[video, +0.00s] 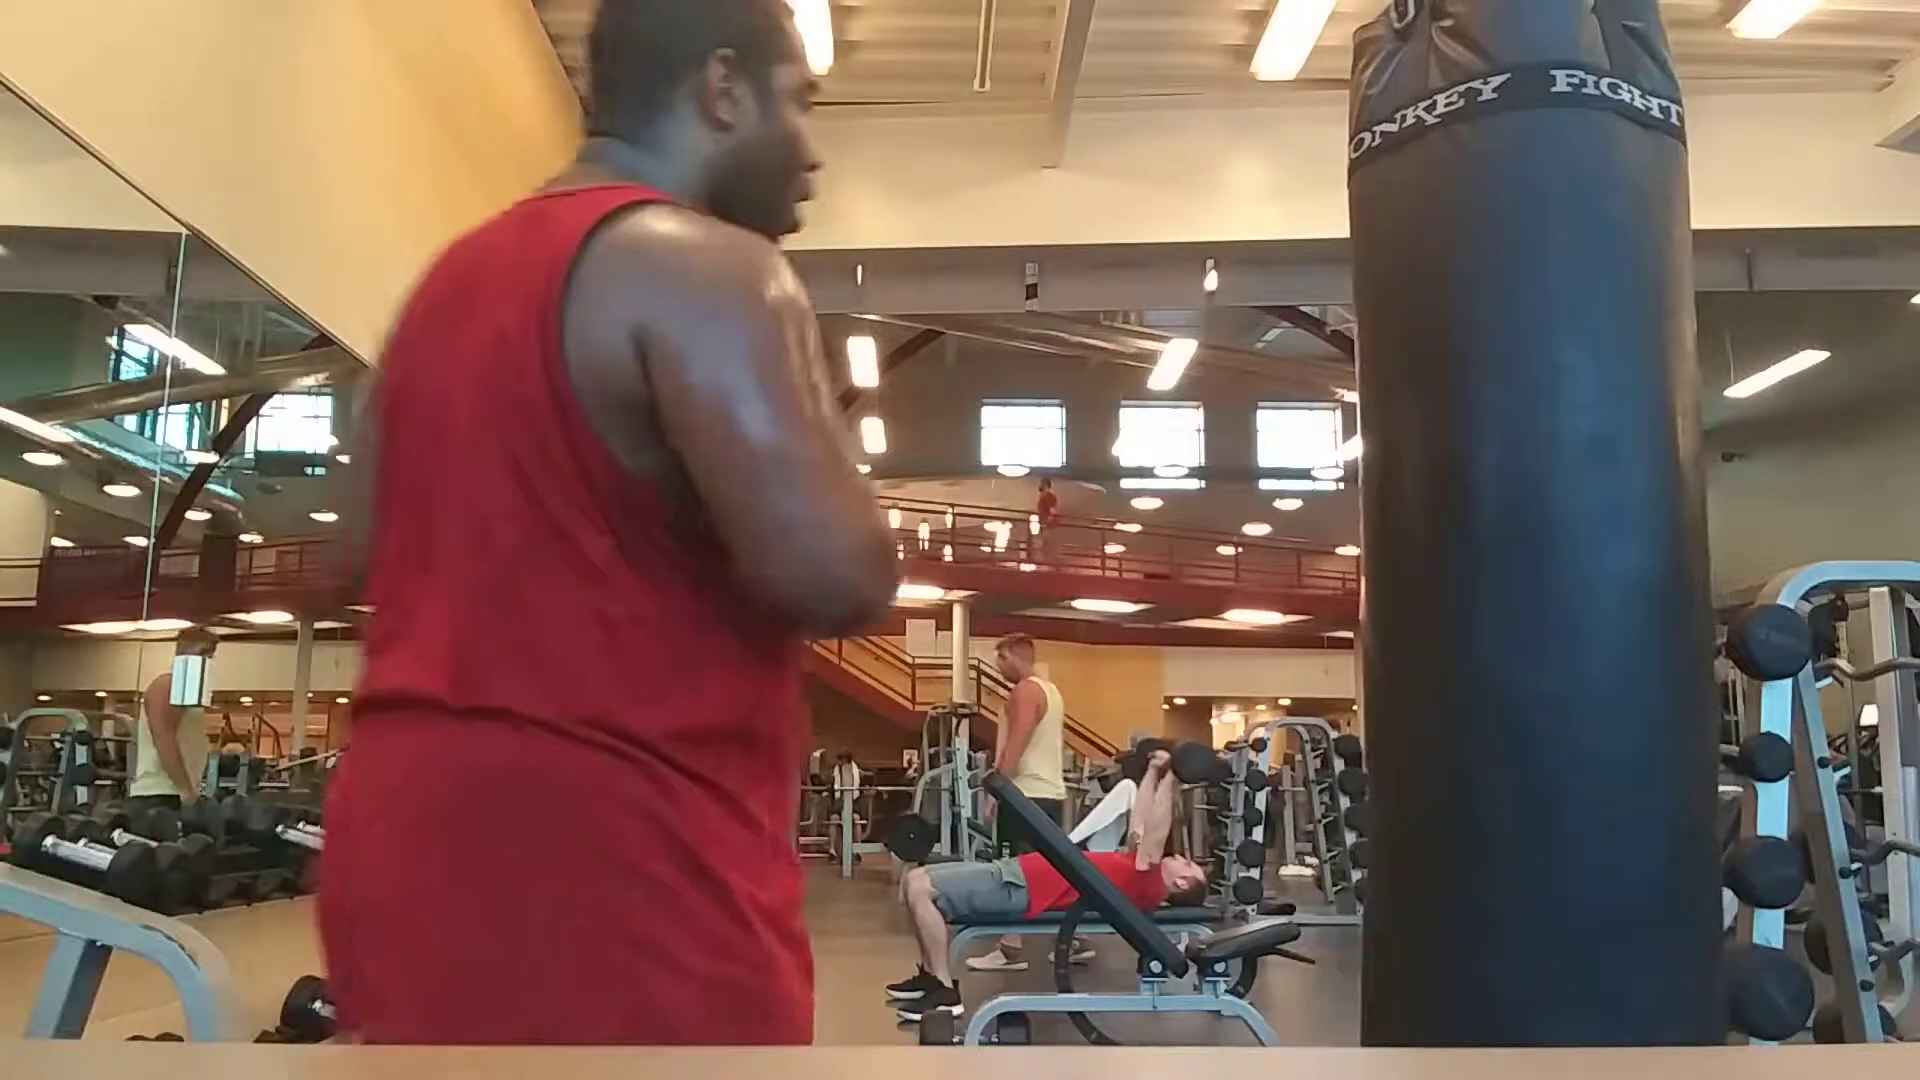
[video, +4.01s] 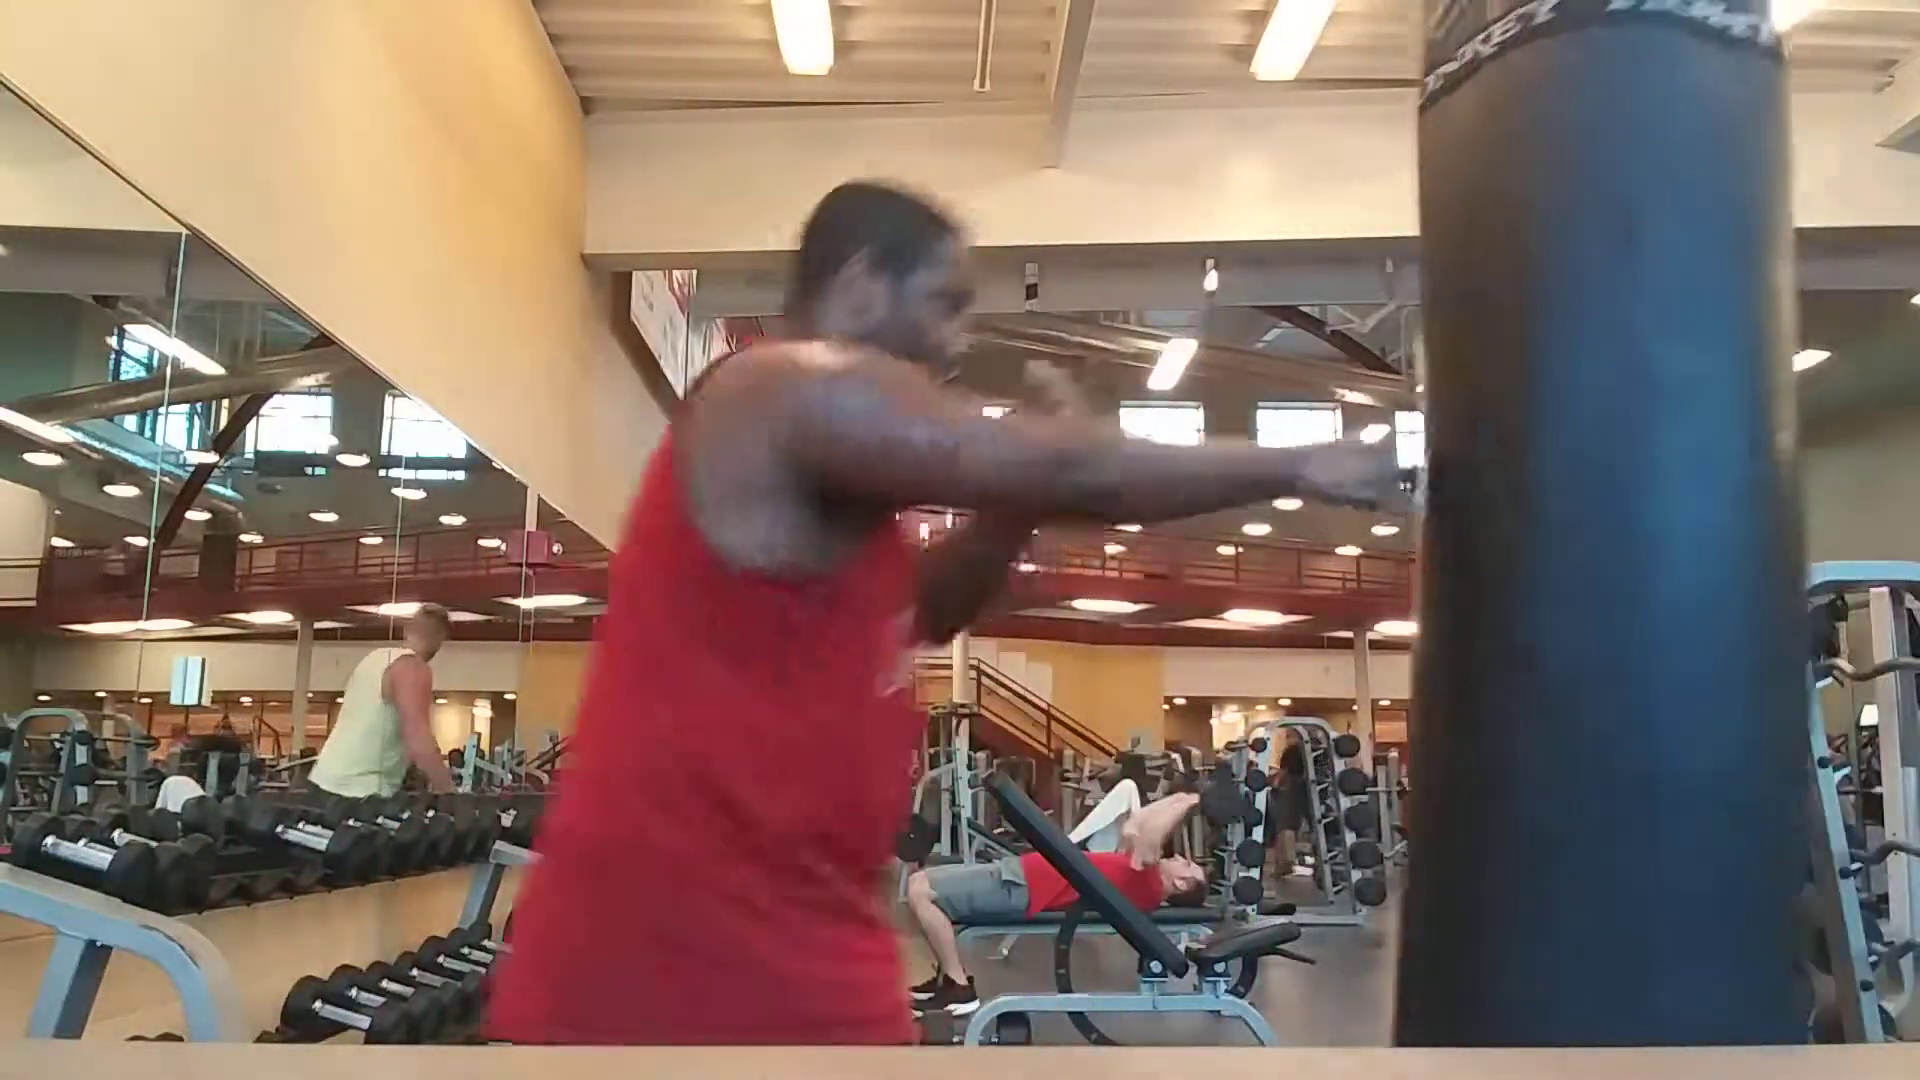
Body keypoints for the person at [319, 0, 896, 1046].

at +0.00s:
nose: (813, 152)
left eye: (810, 107)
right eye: (798, 103)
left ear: (612, 98)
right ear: (721, 89)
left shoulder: (454, 274)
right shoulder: (706, 268)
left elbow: (363, 553)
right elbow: (835, 577)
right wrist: (818, 409)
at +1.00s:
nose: (619, 285)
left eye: (629, 255)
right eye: (598, 239)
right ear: (496, 212)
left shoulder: (580, 437)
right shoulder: (301, 330)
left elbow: (622, 637)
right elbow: (382, 483)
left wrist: (739, 614)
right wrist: (622, 428)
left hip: (584, 942)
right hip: (336, 970)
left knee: (707, 1042)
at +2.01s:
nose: (917, 334)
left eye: (920, 305)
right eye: (897, 294)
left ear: (812, 283)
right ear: (807, 277)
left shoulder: (834, 472)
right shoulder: (644, 383)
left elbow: (932, 661)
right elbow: (780, 530)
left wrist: (1047, 588)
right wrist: (974, 456)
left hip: (892, 929)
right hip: (691, 966)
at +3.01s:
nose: (1074, 307)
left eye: (1074, 280)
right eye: (1054, 269)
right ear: (955, 256)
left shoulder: (1017, 447)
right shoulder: (833, 437)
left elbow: (1096, 613)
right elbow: (1027, 564)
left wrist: (1266, 581)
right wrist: (1148, 416)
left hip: (1182, 790)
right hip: (1061, 937)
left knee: (1415, 905)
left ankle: (1417, 1058)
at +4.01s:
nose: (957, 341)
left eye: (961, 314)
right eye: (943, 306)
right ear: (855, 282)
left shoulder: (814, 442)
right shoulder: (777, 390)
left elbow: (926, 608)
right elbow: (1060, 467)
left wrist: (1013, 493)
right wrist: (1294, 467)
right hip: (703, 956)